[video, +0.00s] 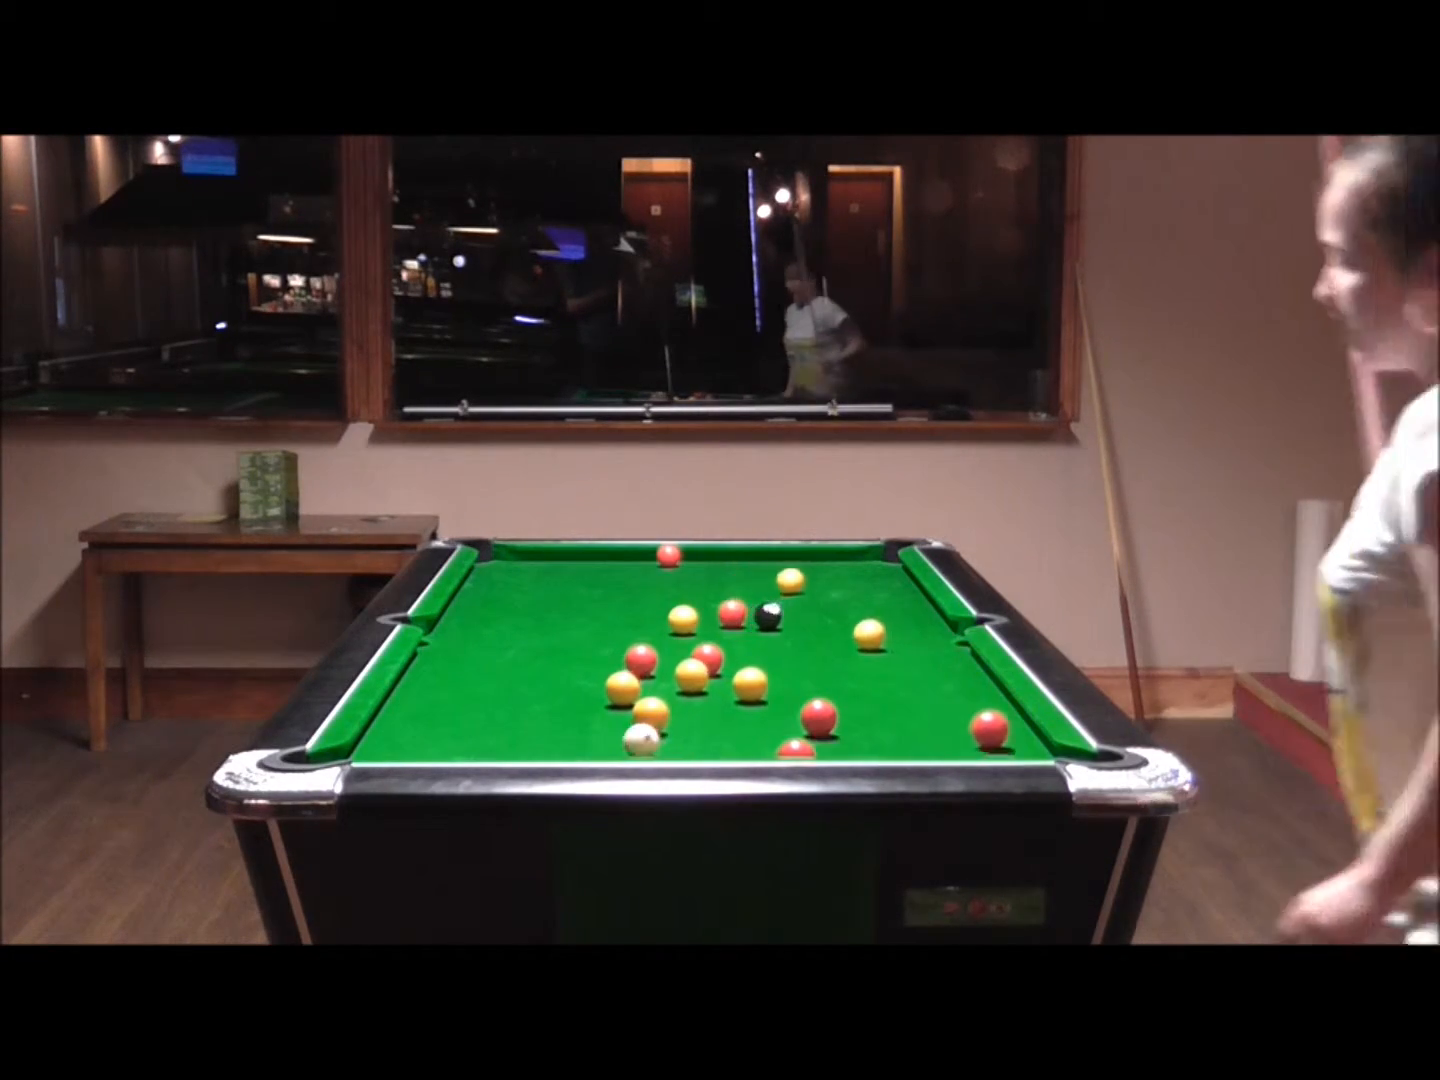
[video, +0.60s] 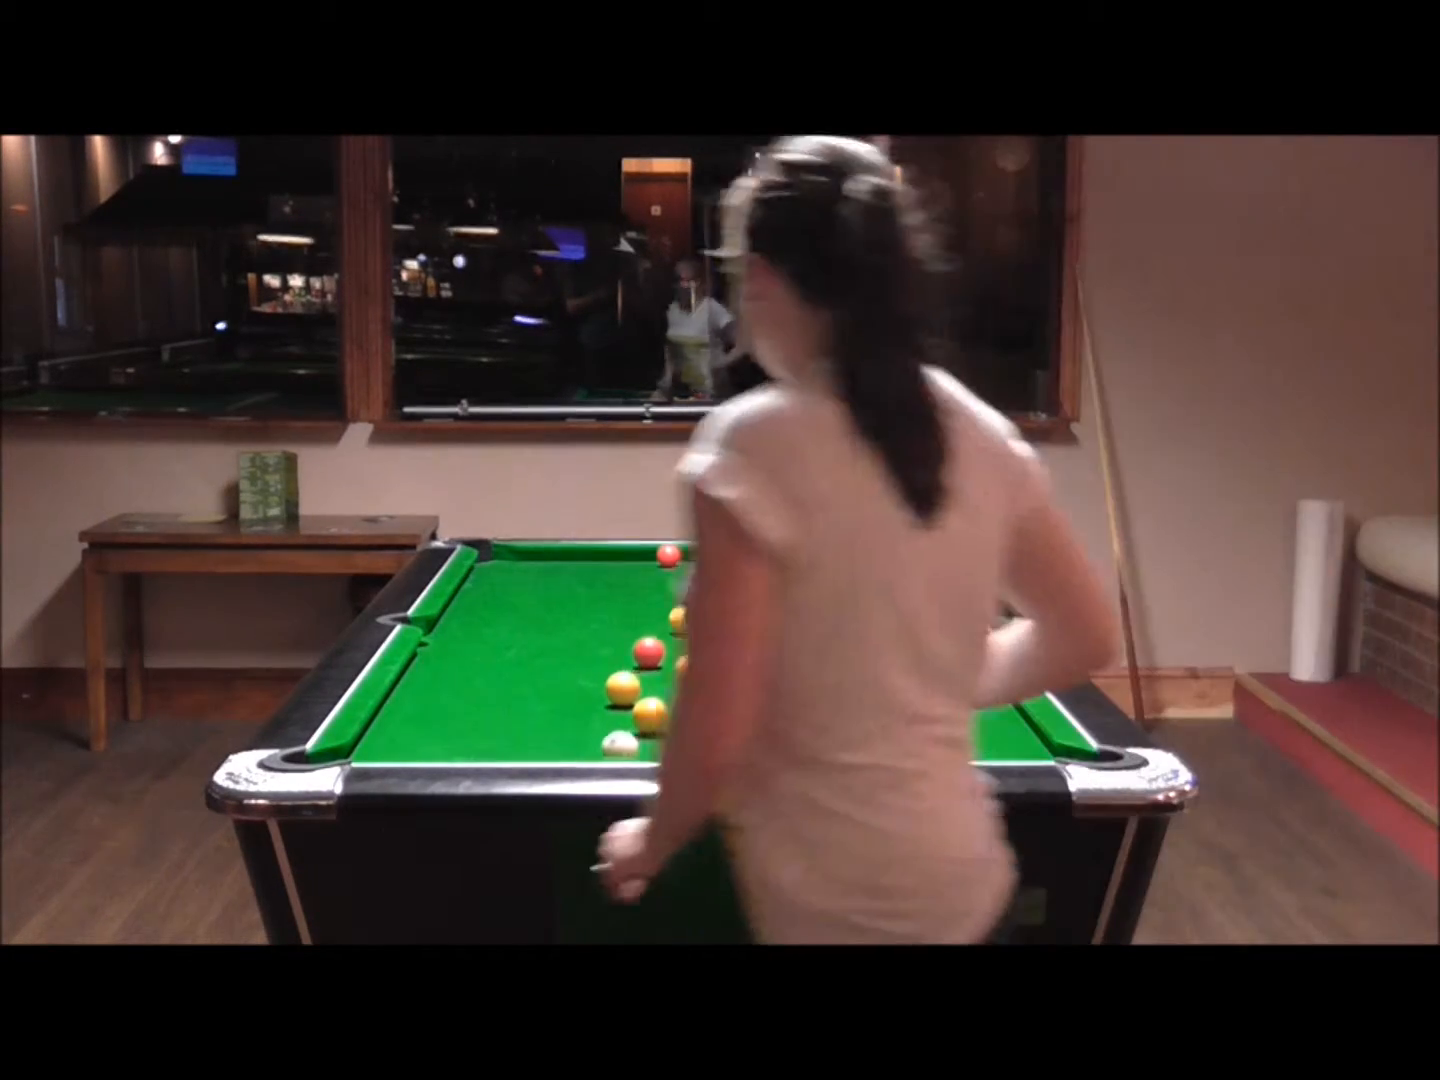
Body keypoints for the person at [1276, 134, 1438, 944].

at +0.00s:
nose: (1323, 288)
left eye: (1342, 261)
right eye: (1328, 259)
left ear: (1424, 281)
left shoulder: (1428, 449)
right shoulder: (1418, 429)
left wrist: (1375, 879)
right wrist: (1380, 876)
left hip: (1428, 908)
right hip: (1414, 899)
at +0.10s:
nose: (1231, 286)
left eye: (1246, 257)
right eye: (1232, 256)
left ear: (1335, 267)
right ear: (1342, 268)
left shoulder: (1370, 432)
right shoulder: (1401, 400)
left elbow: (1393, 722)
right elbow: (1391, 712)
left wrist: (1254, 871)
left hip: (1378, 909)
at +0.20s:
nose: (1162, 293)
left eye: (1171, 265)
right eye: (1162, 266)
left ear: (1250, 275)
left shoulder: (1298, 440)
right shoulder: (1376, 399)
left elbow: (1308, 734)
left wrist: (1151, 867)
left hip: (1337, 916)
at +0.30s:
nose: (1042, 308)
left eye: (1050, 279)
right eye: (1041, 280)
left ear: (1110, 288)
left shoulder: (1160, 470)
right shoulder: (1291, 431)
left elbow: (1128, 762)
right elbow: (1399, 610)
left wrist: (982, 844)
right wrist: (1252, 686)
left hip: (1214, 922)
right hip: (1330, 893)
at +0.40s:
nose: (957, 315)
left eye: (964, 287)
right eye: (956, 288)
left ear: (1012, 297)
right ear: (1114, 288)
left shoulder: (1044, 470)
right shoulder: (1204, 448)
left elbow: (1002, 765)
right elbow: (1311, 626)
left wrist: (872, 833)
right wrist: (1162, 676)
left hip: (1101, 920)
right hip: (1230, 897)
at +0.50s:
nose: (828, 308)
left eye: (830, 283)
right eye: (826, 284)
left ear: (862, 293)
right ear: (978, 283)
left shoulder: (863, 451)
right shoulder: (1068, 447)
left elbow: (824, 745)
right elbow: (1166, 636)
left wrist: (738, 830)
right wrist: (1027, 688)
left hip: (921, 894)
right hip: (1058, 874)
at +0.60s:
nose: (739, 292)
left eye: (740, 269)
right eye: (740, 268)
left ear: (765, 280)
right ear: (887, 270)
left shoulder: (751, 442)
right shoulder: (977, 430)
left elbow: (722, 710)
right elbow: (1082, 632)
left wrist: (658, 836)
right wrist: (939, 679)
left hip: (817, 872)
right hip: (960, 851)